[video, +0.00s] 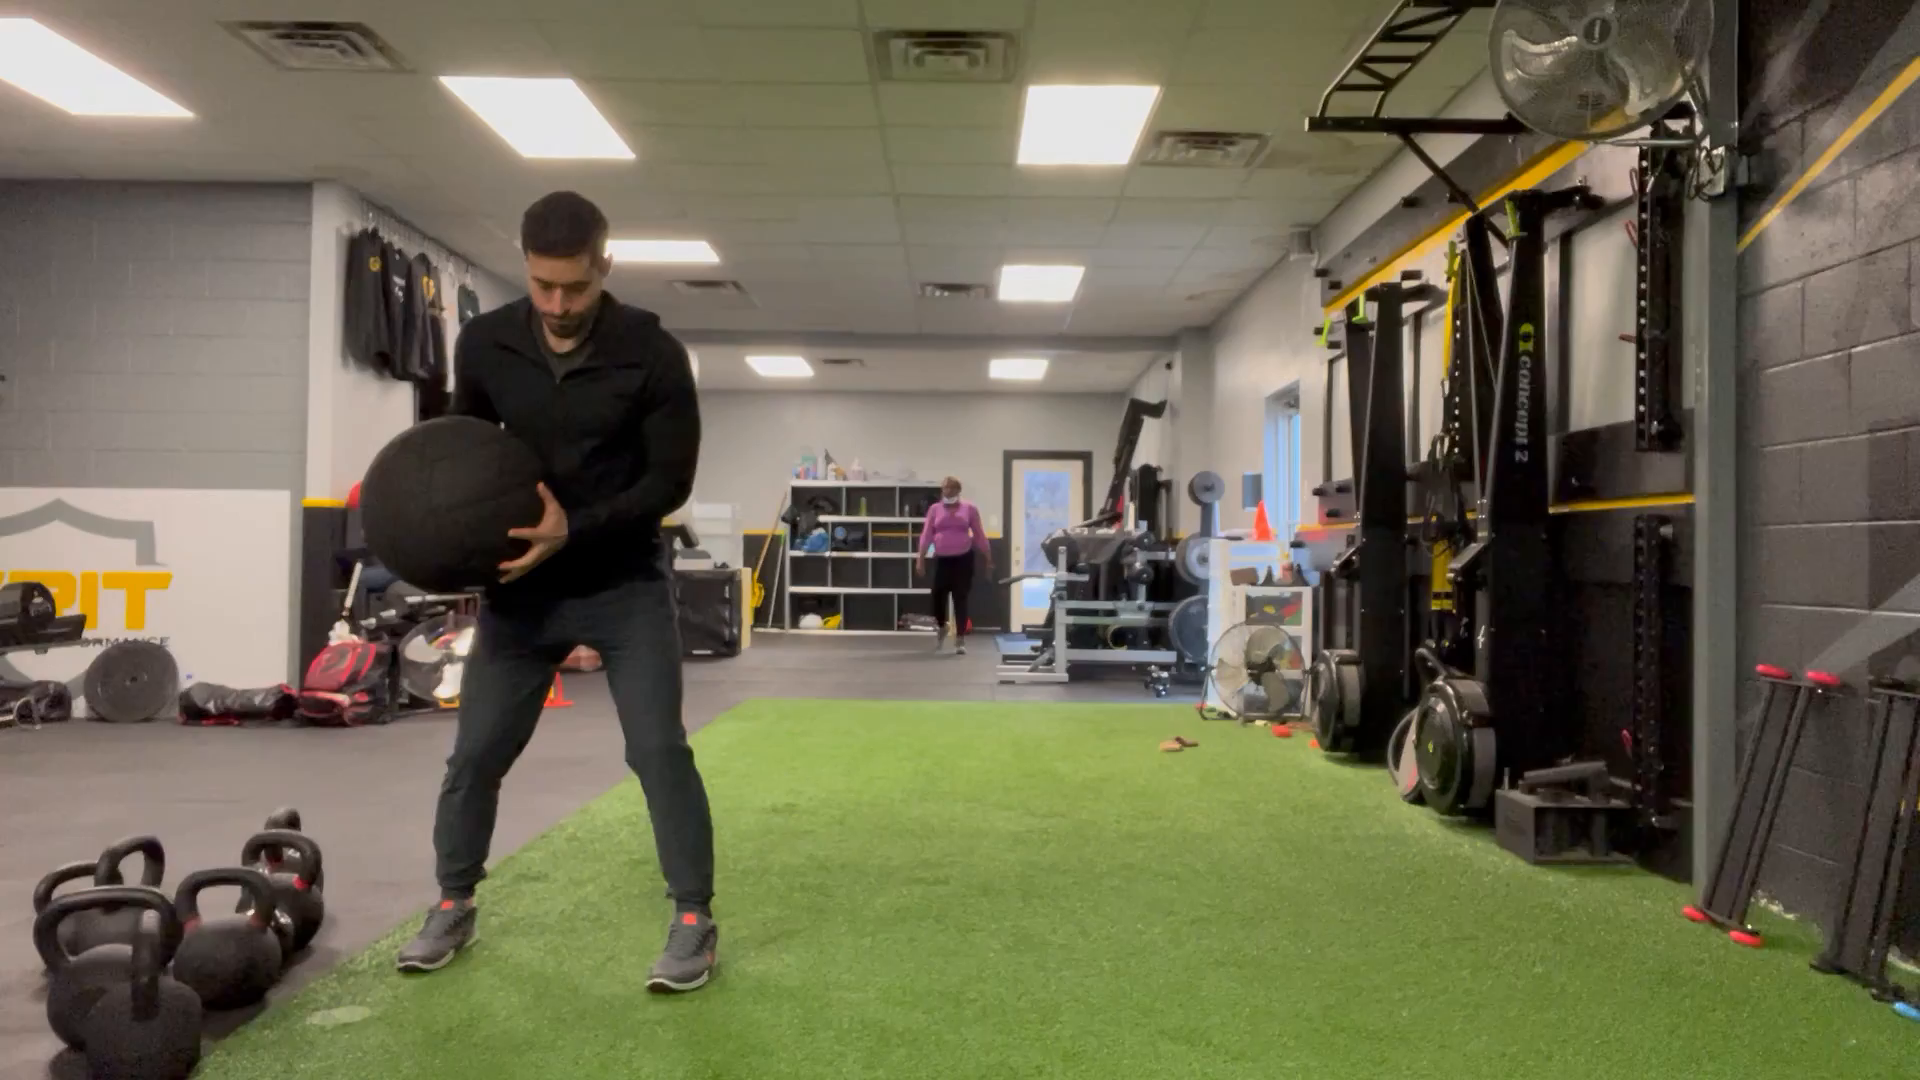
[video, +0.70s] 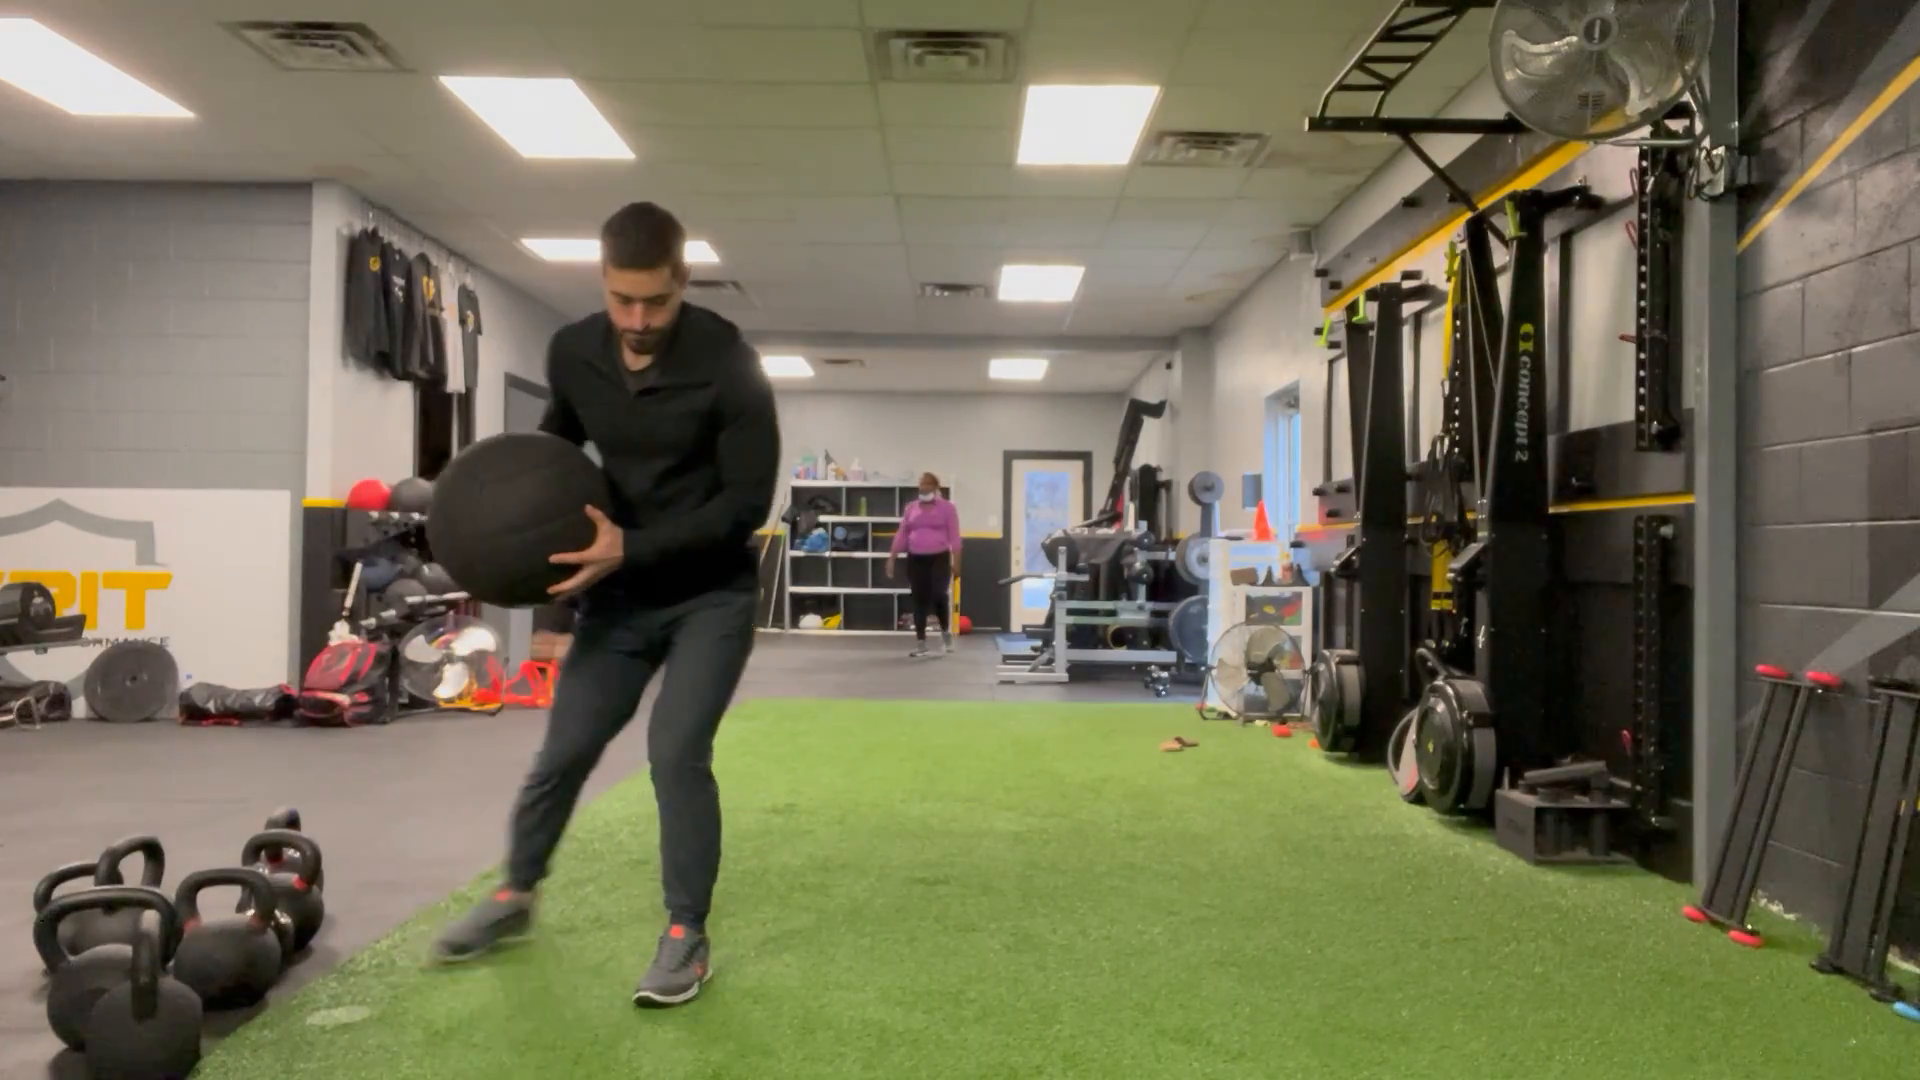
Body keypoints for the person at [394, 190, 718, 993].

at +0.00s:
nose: (558, 304)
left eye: (574, 287)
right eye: (544, 286)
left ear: (603, 269)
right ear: (524, 268)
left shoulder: (652, 350)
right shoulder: (485, 344)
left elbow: (672, 480)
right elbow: (463, 454)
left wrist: (574, 526)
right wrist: (457, 524)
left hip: (626, 583)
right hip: (521, 591)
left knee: (657, 745)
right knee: (473, 756)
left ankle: (692, 916)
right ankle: (451, 906)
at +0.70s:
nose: (638, 319)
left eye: (654, 301)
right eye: (622, 300)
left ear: (682, 283)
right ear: (601, 283)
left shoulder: (727, 360)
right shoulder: (574, 352)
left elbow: (749, 501)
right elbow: (555, 466)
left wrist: (634, 546)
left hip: (714, 591)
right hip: (621, 592)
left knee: (678, 750)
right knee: (562, 753)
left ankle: (685, 932)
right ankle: (515, 894)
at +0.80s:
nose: (670, 321)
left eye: (686, 304)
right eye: (654, 303)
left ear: (713, 285)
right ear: (632, 286)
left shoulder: (757, 371)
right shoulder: (609, 353)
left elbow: (773, 514)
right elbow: (590, 449)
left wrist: (658, 551)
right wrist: (543, 523)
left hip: (745, 596)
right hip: (652, 597)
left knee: (689, 750)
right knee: (603, 758)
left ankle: (689, 934)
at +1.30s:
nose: (891, 328)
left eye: (907, 310)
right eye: (876, 309)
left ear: (925, 299)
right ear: (844, 292)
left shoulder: (952, 385)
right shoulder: (805, 357)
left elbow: (961, 526)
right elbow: (780, 443)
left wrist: (846, 566)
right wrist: (739, 522)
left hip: (932, 590)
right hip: (841, 591)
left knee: (868, 722)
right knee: (816, 765)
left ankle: (866, 915)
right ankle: (877, 918)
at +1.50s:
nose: (1015, 332)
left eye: (1028, 316)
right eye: (1000, 313)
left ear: (1041, 308)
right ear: (961, 294)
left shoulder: (1057, 400)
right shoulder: (903, 356)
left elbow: (1037, 542)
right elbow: (840, 441)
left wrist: (920, 577)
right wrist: (793, 515)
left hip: (1018, 613)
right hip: (913, 611)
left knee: (1084, 763)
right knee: (869, 764)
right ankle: (883, 917)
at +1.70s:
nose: (1211, 292)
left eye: (1220, 277)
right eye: (1196, 273)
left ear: (1222, 282)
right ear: (1148, 269)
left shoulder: (1214, 385)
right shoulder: (1067, 343)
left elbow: (1179, 504)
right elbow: (960, 412)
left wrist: (1101, 578)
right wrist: (932, 500)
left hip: (1136, 609)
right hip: (1041, 606)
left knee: (1207, 768)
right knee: (1011, 794)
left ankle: (1242, 935)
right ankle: (866, 885)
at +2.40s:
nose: (1250, 247)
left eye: (1252, 231)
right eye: (1238, 232)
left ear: (1205, 239)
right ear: (1182, 235)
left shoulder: (1217, 333)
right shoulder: (1124, 330)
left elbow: (1201, 443)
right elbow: (1096, 458)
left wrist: (1284, 475)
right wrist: (1100, 562)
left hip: (1190, 586)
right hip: (1111, 584)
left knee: (1232, 750)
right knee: (1042, 750)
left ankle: (1239, 932)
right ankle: (901, 873)